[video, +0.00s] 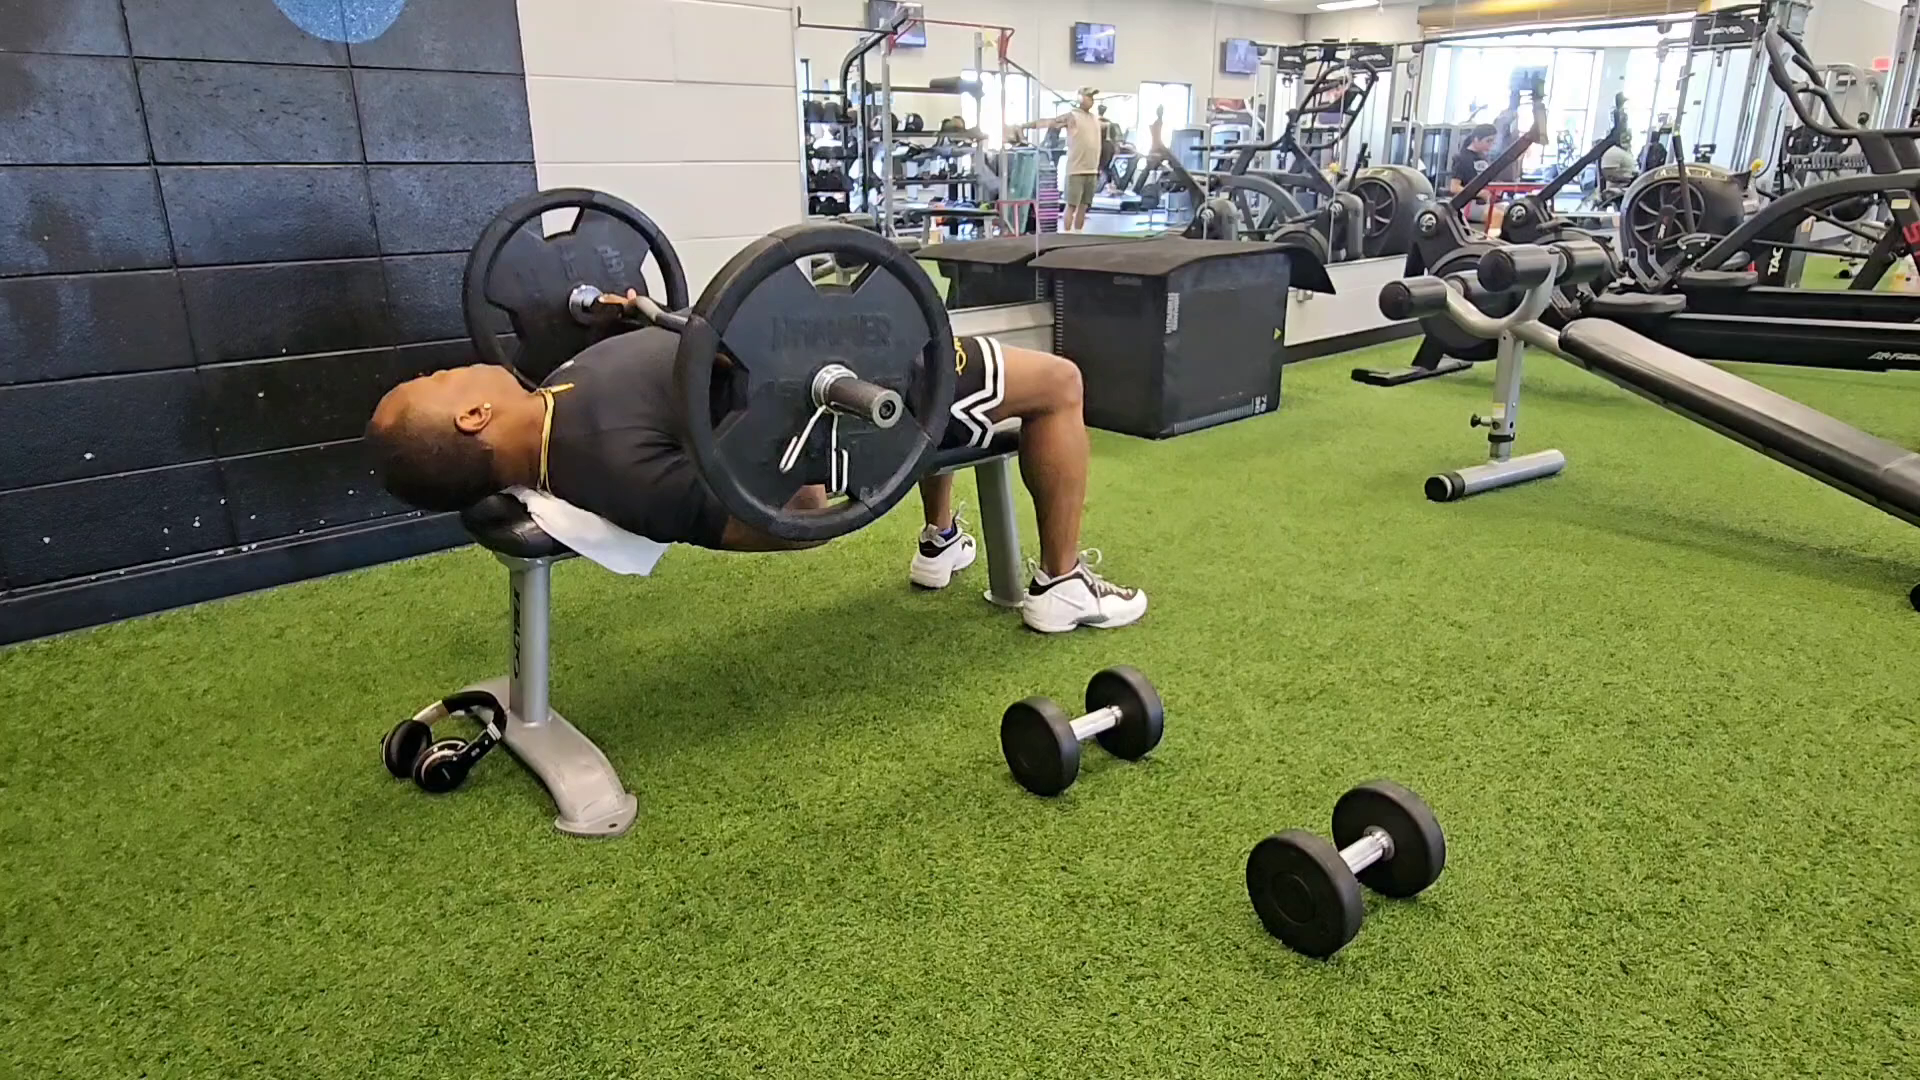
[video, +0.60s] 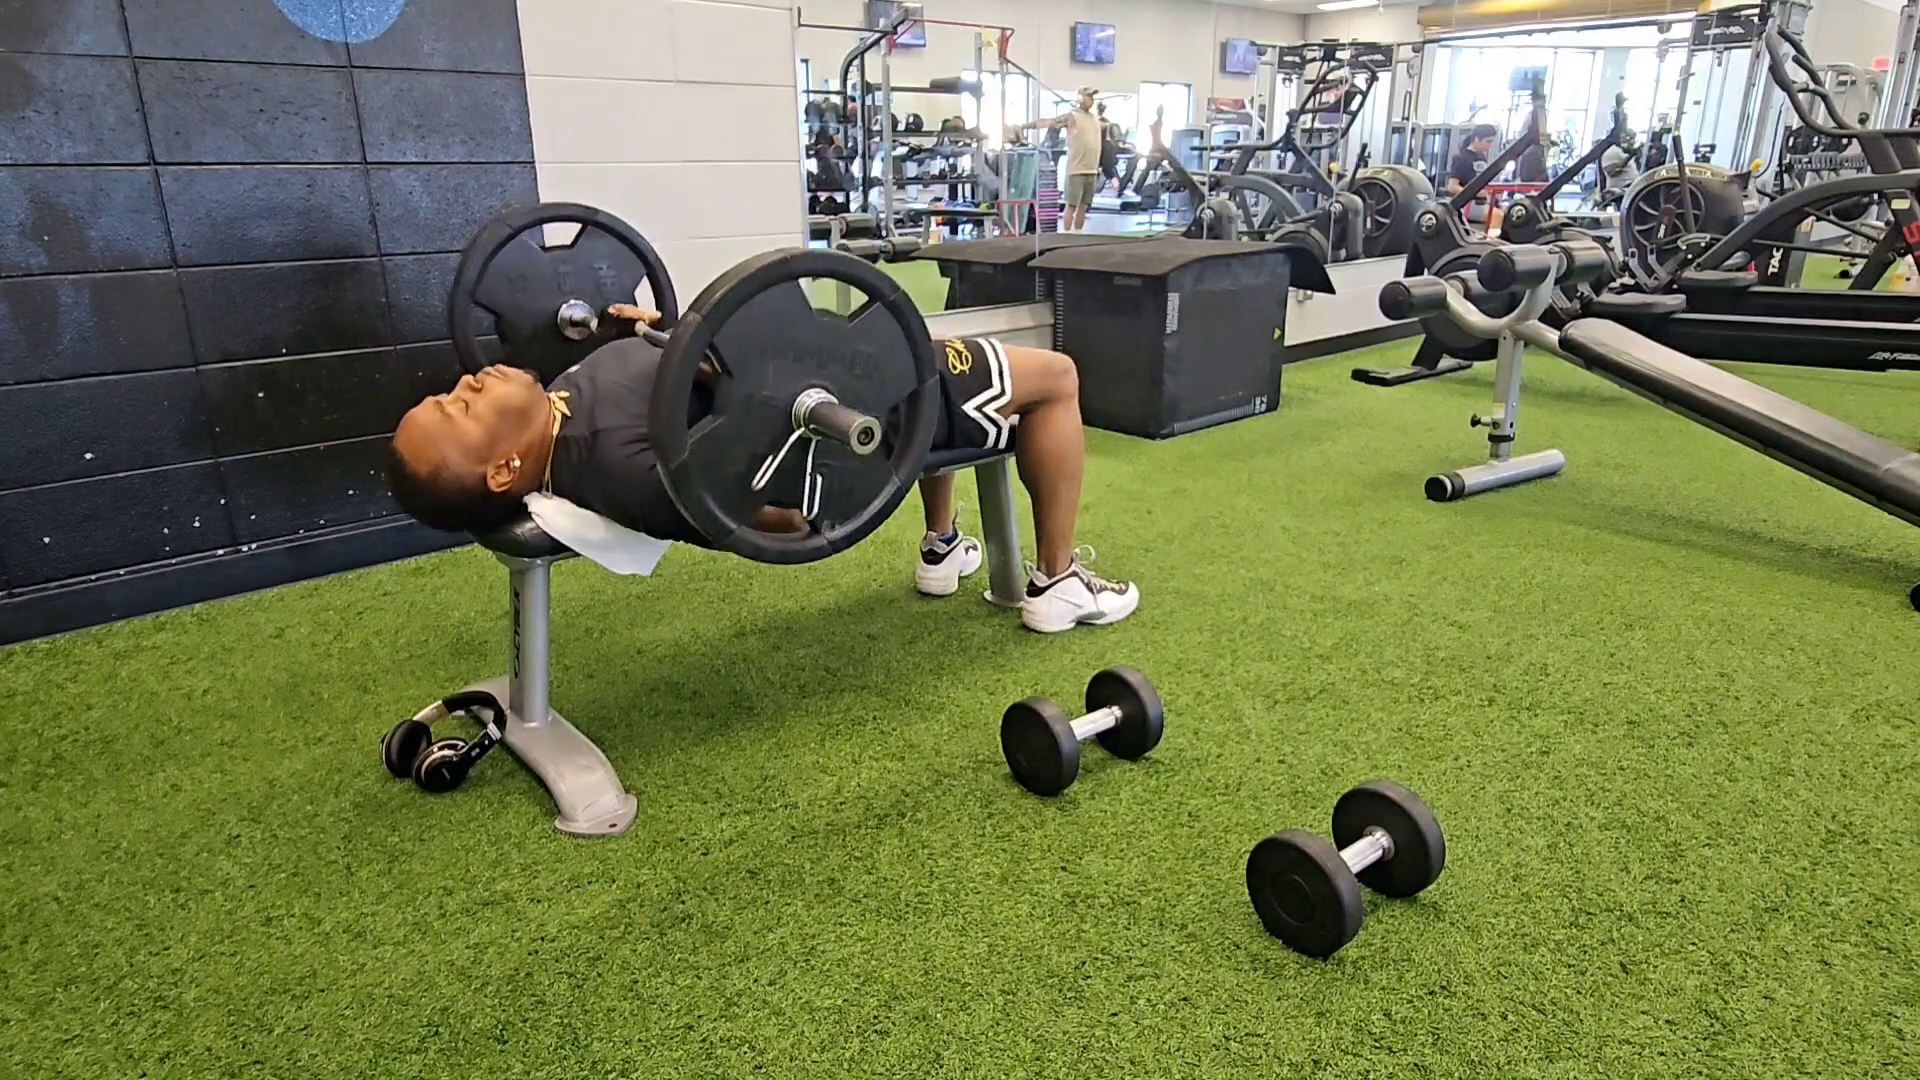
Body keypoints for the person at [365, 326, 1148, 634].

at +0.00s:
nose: (465, 363)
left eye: (441, 368)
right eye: (451, 376)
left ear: (473, 426)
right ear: (474, 421)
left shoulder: (555, 399)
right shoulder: (620, 476)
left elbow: (682, 358)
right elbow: (781, 524)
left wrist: (641, 322)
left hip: (795, 369)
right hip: (841, 428)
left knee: (929, 343)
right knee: (1056, 381)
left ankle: (942, 540)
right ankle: (1064, 582)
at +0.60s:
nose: (470, 371)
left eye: (441, 385)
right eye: (459, 400)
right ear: (508, 475)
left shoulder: (552, 404)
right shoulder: (631, 470)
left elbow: (624, 369)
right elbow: (781, 516)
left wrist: (635, 333)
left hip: (789, 375)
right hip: (849, 425)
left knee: (925, 346)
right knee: (1053, 374)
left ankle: (944, 546)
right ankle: (1056, 581)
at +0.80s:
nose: (470, 373)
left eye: (445, 386)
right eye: (459, 397)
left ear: (501, 461)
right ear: (507, 465)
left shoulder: (559, 405)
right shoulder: (615, 459)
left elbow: (646, 350)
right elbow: (757, 444)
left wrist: (640, 275)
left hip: (788, 377)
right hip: (839, 416)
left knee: (932, 346)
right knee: (1054, 374)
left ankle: (943, 542)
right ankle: (1055, 579)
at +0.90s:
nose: (459, 376)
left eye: (440, 390)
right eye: (451, 405)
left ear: (497, 466)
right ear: (502, 472)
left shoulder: (548, 401)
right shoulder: (614, 453)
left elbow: (596, 316)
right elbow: (740, 369)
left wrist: (602, 203)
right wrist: (770, 213)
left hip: (802, 358)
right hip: (842, 394)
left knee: (938, 339)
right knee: (1053, 379)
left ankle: (946, 546)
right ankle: (1057, 580)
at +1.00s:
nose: (469, 376)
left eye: (443, 389)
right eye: (460, 401)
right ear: (503, 466)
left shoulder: (544, 384)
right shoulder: (615, 444)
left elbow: (573, 261)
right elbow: (698, 294)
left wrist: (574, 133)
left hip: (801, 348)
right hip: (848, 391)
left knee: (936, 354)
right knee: (1051, 374)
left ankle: (955, 544)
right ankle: (1055, 578)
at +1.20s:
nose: (462, 375)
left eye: (440, 390)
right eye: (451, 406)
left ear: (498, 466)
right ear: (501, 471)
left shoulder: (538, 403)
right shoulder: (615, 455)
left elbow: (599, 315)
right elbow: (743, 353)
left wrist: (590, 199)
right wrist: (721, 202)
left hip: (799, 352)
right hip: (846, 393)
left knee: (931, 341)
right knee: (1052, 377)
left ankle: (951, 543)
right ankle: (1048, 578)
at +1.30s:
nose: (479, 373)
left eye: (451, 385)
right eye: (465, 399)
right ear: (504, 470)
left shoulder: (553, 398)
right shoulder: (622, 458)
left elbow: (611, 331)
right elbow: (753, 397)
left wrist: (591, 248)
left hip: (798, 365)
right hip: (843, 407)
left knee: (933, 345)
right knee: (1054, 377)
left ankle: (957, 546)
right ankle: (1045, 577)